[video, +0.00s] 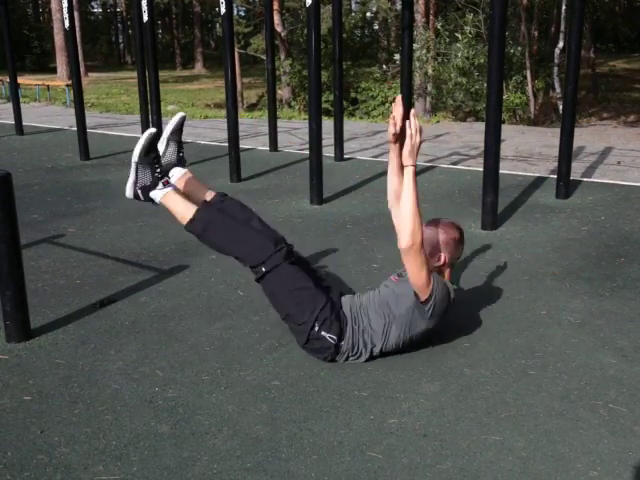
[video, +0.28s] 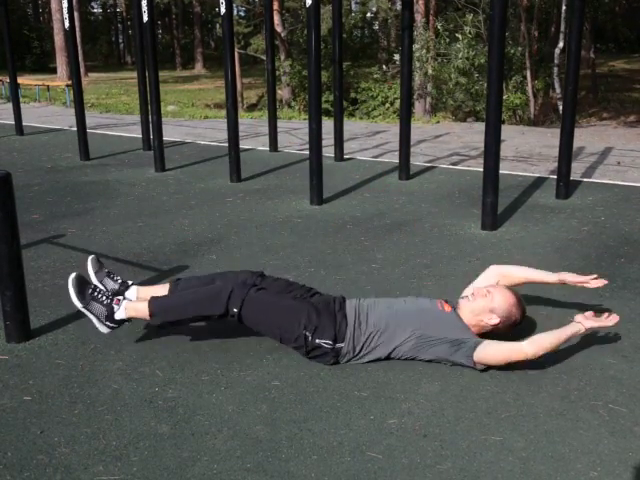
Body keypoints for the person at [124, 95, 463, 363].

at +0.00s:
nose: (421, 238)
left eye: (429, 237)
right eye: (425, 234)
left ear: (444, 256)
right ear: (433, 251)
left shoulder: (433, 294)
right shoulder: (425, 282)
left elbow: (410, 241)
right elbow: (398, 213)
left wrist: (411, 165)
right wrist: (393, 148)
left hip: (332, 333)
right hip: (340, 314)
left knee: (264, 253)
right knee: (271, 245)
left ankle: (155, 189)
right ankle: (177, 172)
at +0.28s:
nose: (485, 288)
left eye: (492, 294)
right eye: (492, 288)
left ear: (488, 320)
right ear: (485, 299)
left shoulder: (457, 336)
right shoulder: (453, 307)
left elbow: (521, 353)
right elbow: (503, 271)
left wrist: (575, 326)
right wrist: (563, 279)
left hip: (330, 329)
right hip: (332, 307)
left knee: (236, 291)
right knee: (238, 280)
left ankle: (123, 310)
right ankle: (131, 297)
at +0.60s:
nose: (492, 305)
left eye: (500, 312)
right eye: (500, 306)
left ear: (495, 333)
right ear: (491, 311)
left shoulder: (456, 341)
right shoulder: (451, 314)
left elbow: (526, 367)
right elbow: (521, 314)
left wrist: (581, 352)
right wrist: (579, 334)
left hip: (322, 327)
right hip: (325, 306)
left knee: (223, 322)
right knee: (224, 308)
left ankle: (116, 335)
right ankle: (124, 317)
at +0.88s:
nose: (481, 297)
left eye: (491, 303)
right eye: (487, 293)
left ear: (493, 319)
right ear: (477, 300)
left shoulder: (463, 337)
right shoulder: (454, 307)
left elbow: (514, 305)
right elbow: (487, 259)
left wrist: (568, 281)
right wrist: (552, 250)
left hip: (331, 332)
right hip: (332, 310)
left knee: (235, 300)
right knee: (237, 288)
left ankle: (126, 319)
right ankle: (135, 312)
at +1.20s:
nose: (403, 233)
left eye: (413, 231)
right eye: (410, 227)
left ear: (434, 250)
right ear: (431, 248)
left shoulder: (417, 282)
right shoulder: (415, 270)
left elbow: (358, 231)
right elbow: (374, 205)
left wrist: (330, 162)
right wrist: (349, 143)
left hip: (320, 333)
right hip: (326, 315)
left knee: (277, 238)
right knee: (278, 234)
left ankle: (166, 194)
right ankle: (170, 194)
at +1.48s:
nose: (353, 230)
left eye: (358, 227)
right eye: (355, 224)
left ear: (380, 233)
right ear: (383, 230)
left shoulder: (388, 258)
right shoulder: (395, 247)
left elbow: (319, 216)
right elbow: (329, 193)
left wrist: (265, 160)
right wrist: (276, 149)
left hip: (331, 338)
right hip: (342, 317)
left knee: (309, 237)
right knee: (311, 231)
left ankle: (221, 154)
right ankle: (225, 150)